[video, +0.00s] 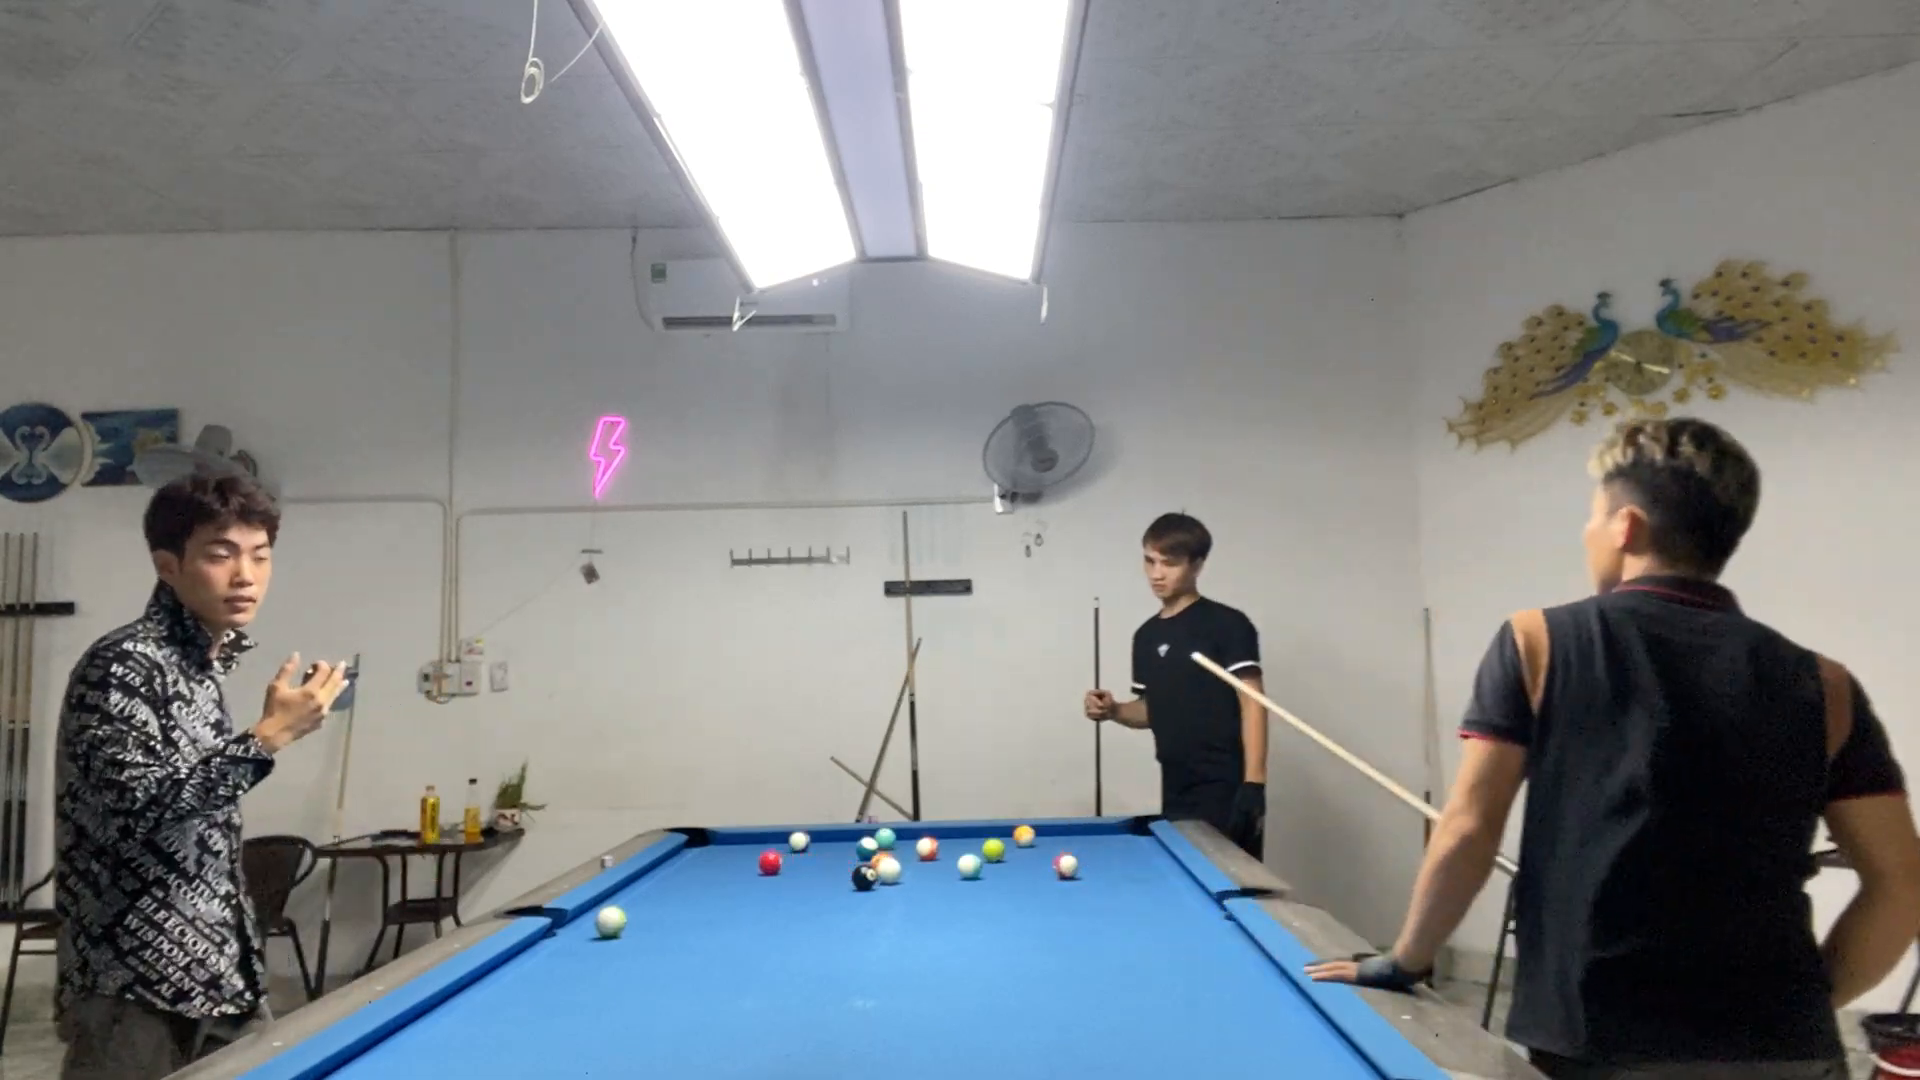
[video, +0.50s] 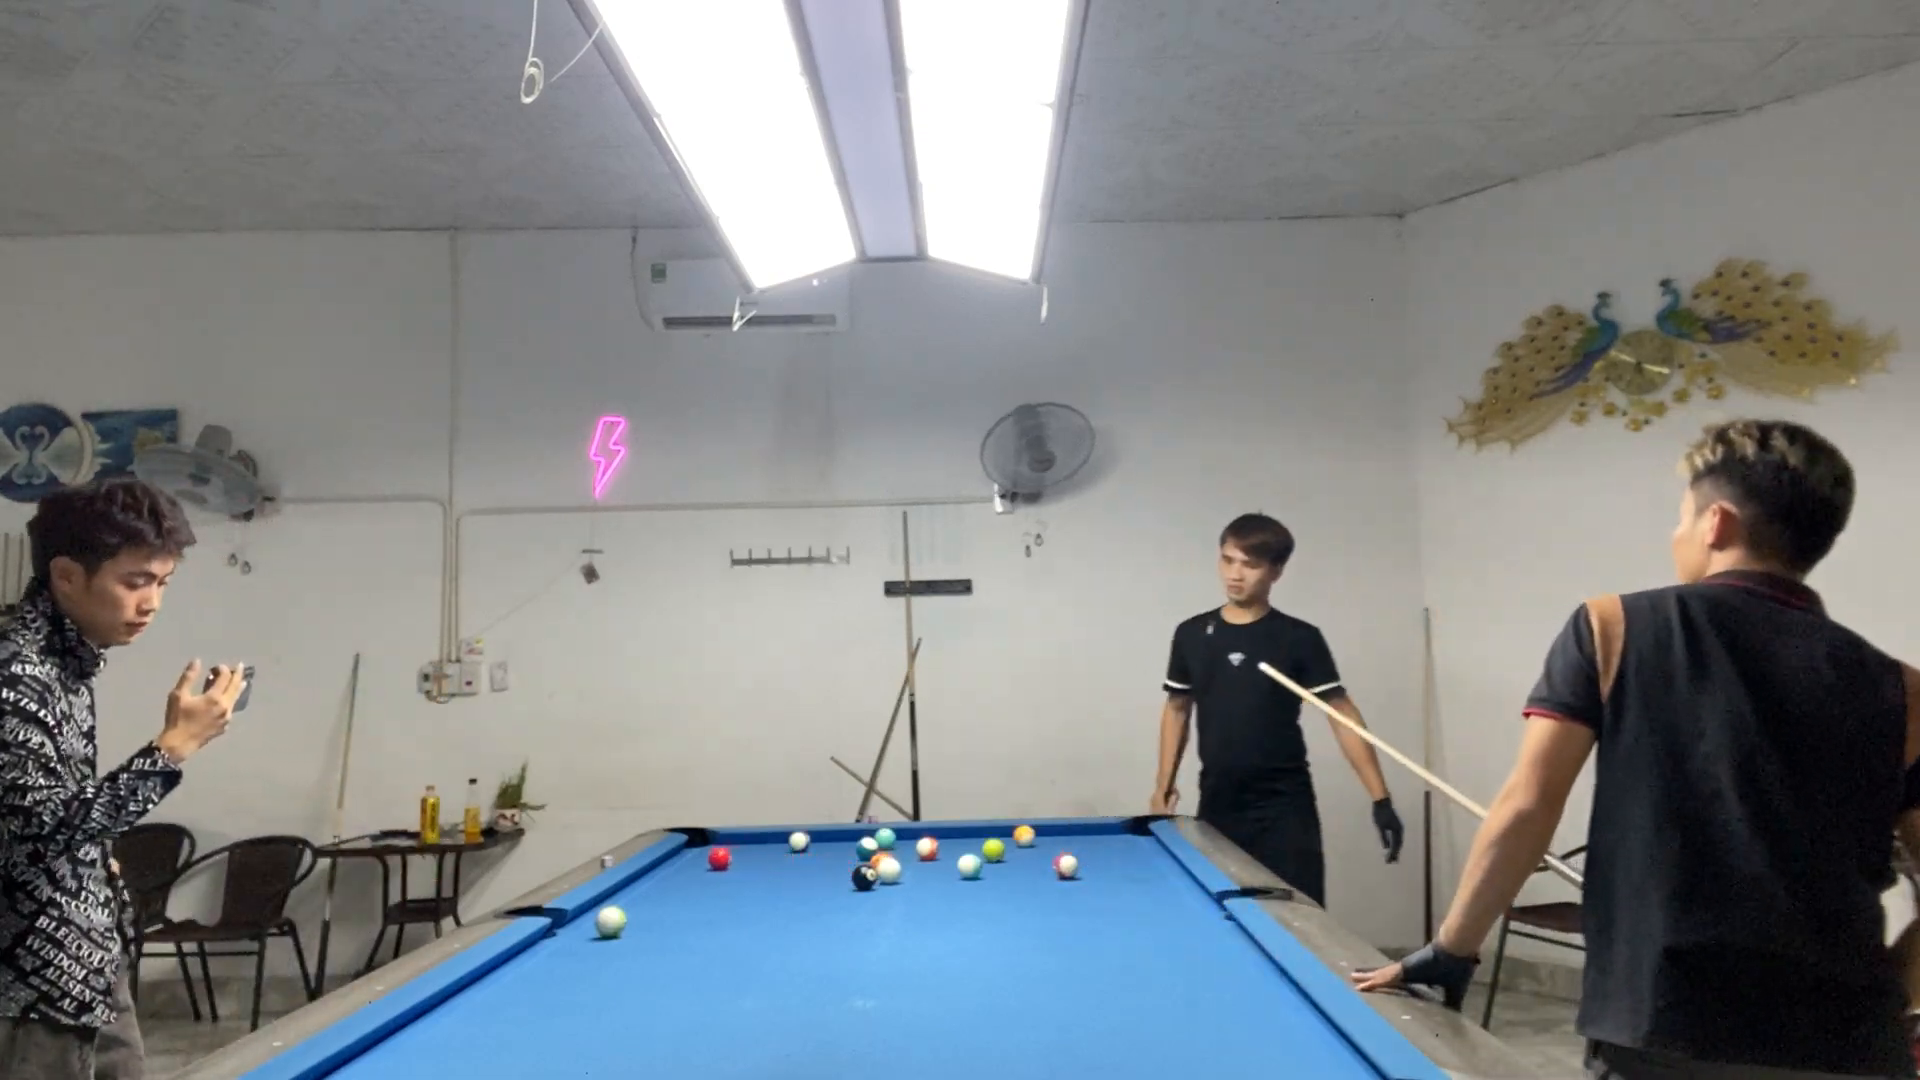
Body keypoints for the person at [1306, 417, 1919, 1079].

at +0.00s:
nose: (1586, 535)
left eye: (1593, 514)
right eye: (1591, 513)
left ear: (1628, 528)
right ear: (1721, 540)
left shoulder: (1539, 644)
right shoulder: (1821, 686)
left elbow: (1469, 830)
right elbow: (1897, 892)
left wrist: (1405, 960)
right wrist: (1797, 1001)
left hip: (1594, 1042)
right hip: (1775, 1047)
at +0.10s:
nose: (1620, 527)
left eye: (1626, 506)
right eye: (1624, 505)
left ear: (1661, 520)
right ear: (1756, 535)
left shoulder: (1571, 635)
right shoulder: (1856, 686)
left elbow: (1509, 825)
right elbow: (1915, 888)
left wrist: (1449, 972)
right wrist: (1829, 999)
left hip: (1615, 1044)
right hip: (1800, 1047)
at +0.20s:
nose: (1640, 529)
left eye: (1648, 505)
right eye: (1644, 506)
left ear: (1685, 514)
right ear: (1779, 529)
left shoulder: (1592, 630)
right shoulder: (1880, 687)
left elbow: (1516, 819)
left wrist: (1446, 966)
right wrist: (1858, 994)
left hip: (1632, 1044)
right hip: (1818, 1046)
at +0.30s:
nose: (1656, 528)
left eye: (1664, 505)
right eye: (1661, 505)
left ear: (1701, 513)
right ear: (1794, 532)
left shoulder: (1603, 628)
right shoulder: (1891, 686)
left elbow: (1523, 816)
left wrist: (1449, 959)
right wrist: (1871, 990)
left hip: (1646, 1042)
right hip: (1829, 1044)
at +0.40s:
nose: (1667, 532)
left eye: (1675, 509)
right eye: (1672, 509)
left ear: (1711, 518)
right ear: (1803, 538)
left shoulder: (1609, 628)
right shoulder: (1895, 686)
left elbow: (1527, 810)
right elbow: (1919, 883)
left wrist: (1449, 955)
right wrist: (1885, 993)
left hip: (1655, 1041)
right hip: (1838, 1044)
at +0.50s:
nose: (1676, 538)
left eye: (1683, 515)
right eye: (1681, 515)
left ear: (1718, 524)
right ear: (1809, 545)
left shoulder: (1614, 629)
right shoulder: (1895, 687)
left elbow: (1526, 810)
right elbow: (1919, 879)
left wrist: (1448, 953)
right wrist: (1890, 986)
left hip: (1659, 1037)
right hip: (1843, 1043)